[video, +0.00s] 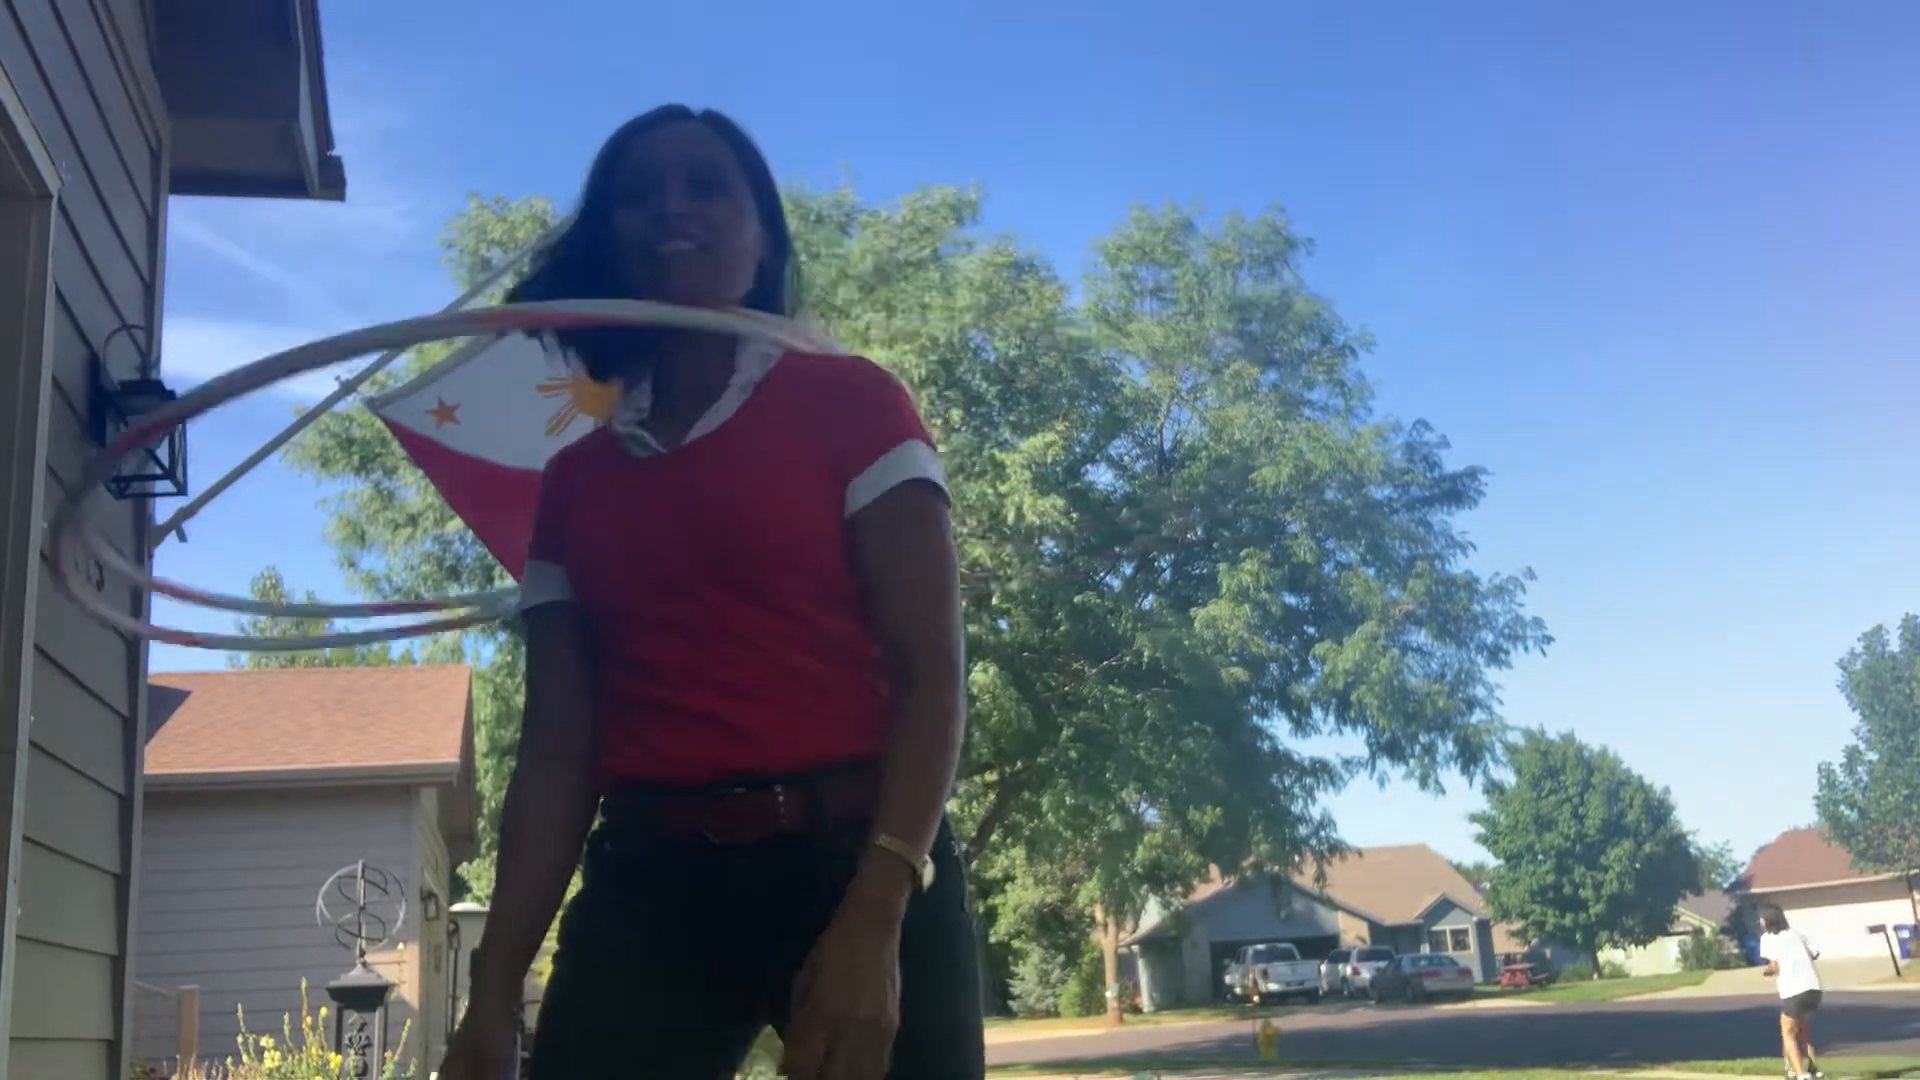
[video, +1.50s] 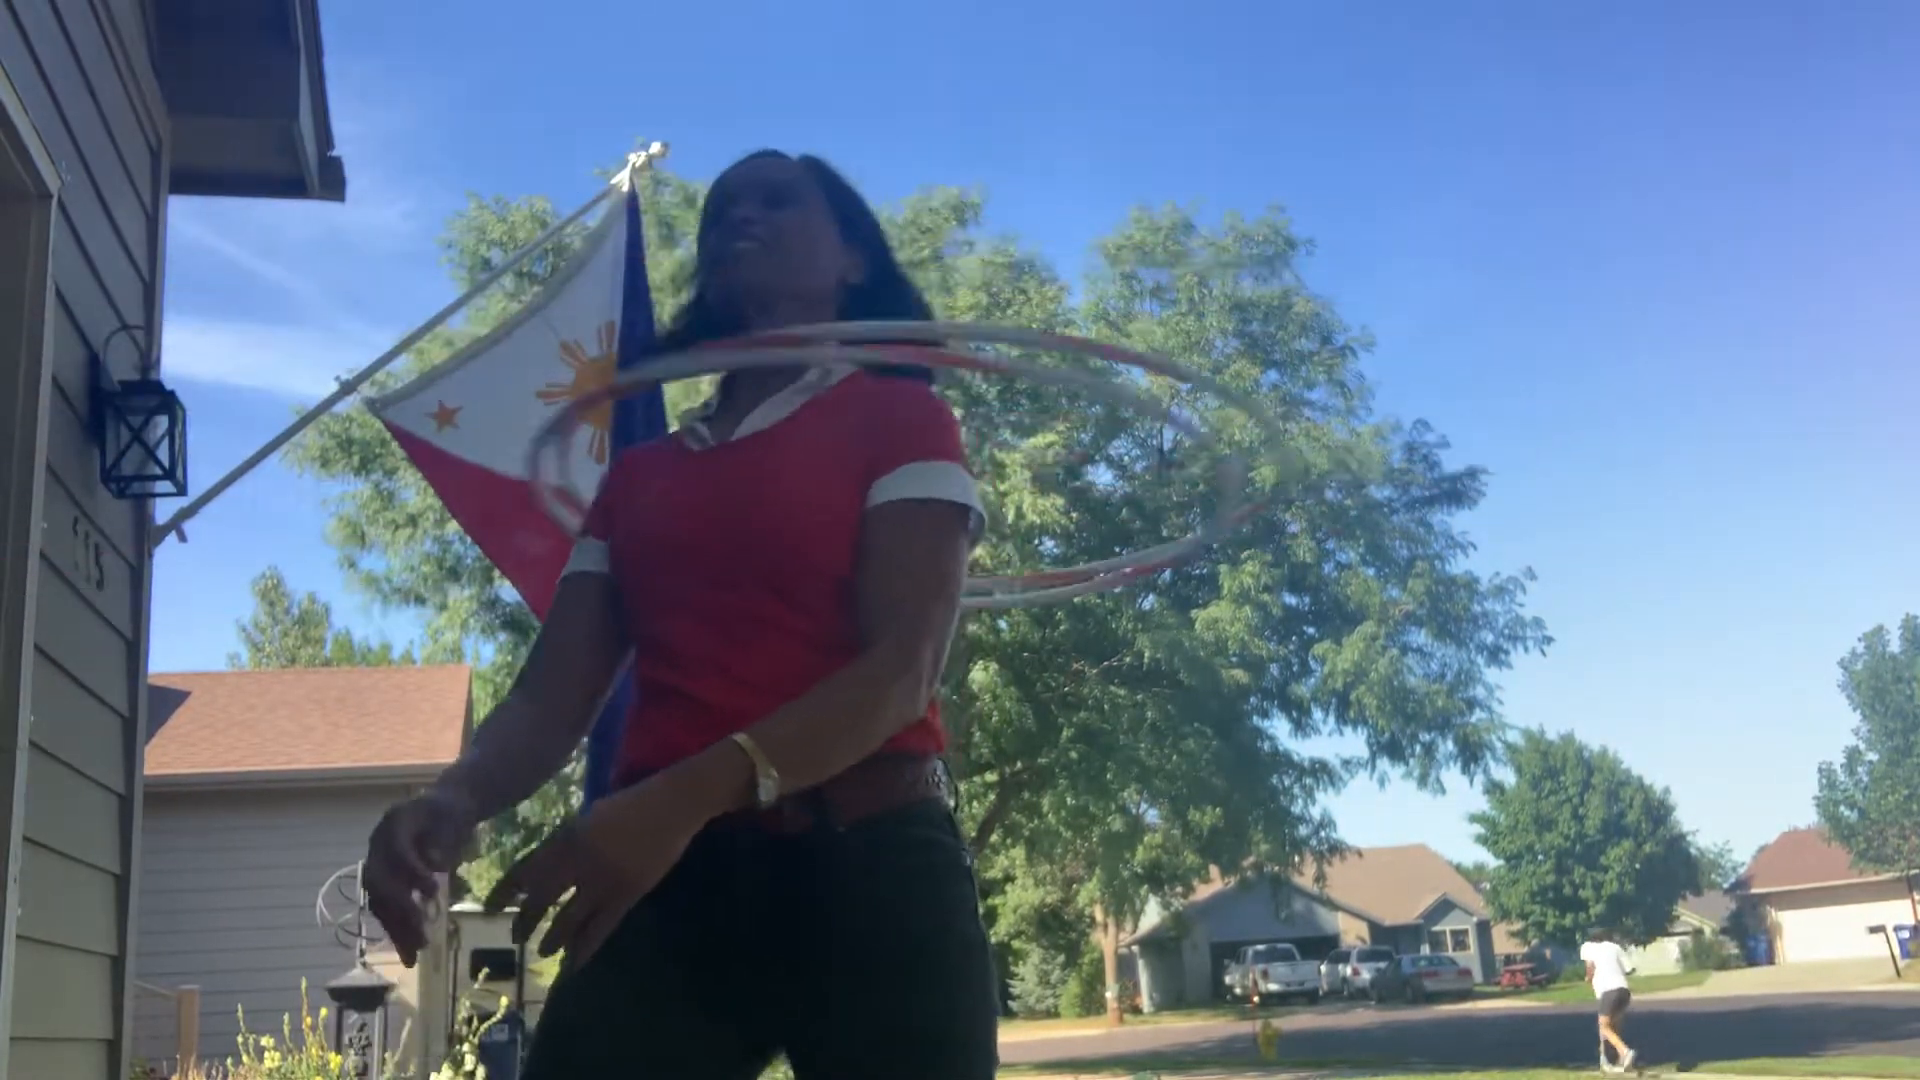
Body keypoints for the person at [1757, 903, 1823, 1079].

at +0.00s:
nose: (1760, 924)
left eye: (1761, 920)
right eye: (1760, 920)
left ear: (1766, 922)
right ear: (1781, 918)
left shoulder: (1767, 939)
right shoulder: (1795, 932)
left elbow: (1774, 966)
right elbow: (1814, 953)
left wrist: (1767, 971)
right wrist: (1799, 963)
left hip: (1793, 991)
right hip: (1814, 987)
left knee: (1788, 1032)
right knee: (1802, 1029)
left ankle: (1800, 1073)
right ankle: (1812, 1065)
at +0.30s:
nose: (1734, 935)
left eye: (1735, 932)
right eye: (1733, 932)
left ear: (1740, 933)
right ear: (1756, 931)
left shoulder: (1737, 948)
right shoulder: (1765, 946)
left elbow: (1736, 972)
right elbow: (1784, 964)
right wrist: (1766, 972)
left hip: (1759, 993)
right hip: (1777, 991)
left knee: (1770, 1033)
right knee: (1757, 1027)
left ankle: (1795, 1069)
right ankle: (1775, 1066)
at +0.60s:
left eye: (1699, 929)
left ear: (1700, 929)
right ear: (1715, 927)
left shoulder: (1696, 942)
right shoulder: (1725, 941)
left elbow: (1697, 964)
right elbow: (1742, 962)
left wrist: (1697, 973)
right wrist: (1728, 970)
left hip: (1714, 988)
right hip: (1734, 987)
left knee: (1711, 1028)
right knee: (1725, 1026)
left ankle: (1732, 1056)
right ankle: (1735, 1062)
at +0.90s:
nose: (1656, 939)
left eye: (1657, 936)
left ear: (1659, 937)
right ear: (1674, 934)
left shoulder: (1658, 951)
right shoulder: (1685, 946)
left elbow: (1660, 972)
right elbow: (1700, 963)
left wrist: (1658, 978)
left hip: (1679, 997)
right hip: (1697, 994)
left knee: (1675, 1034)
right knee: (1689, 1033)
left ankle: (1675, 1070)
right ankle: (1698, 1065)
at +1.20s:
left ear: (1624, 940)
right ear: (1638, 937)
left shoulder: (1624, 952)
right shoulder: (1647, 948)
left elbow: (1622, 975)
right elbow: (1659, 968)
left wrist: (1619, 980)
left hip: (1644, 993)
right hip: (1659, 990)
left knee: (1653, 1031)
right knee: (1645, 1027)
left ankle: (1669, 1064)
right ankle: (1658, 1063)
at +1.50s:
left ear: (1591, 937)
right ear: (1606, 937)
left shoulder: (1588, 946)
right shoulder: (1615, 946)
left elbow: (1590, 965)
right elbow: (1627, 968)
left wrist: (1589, 978)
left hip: (1608, 988)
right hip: (1624, 987)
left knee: (1604, 1026)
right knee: (1614, 1026)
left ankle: (1625, 1052)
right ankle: (1619, 1062)